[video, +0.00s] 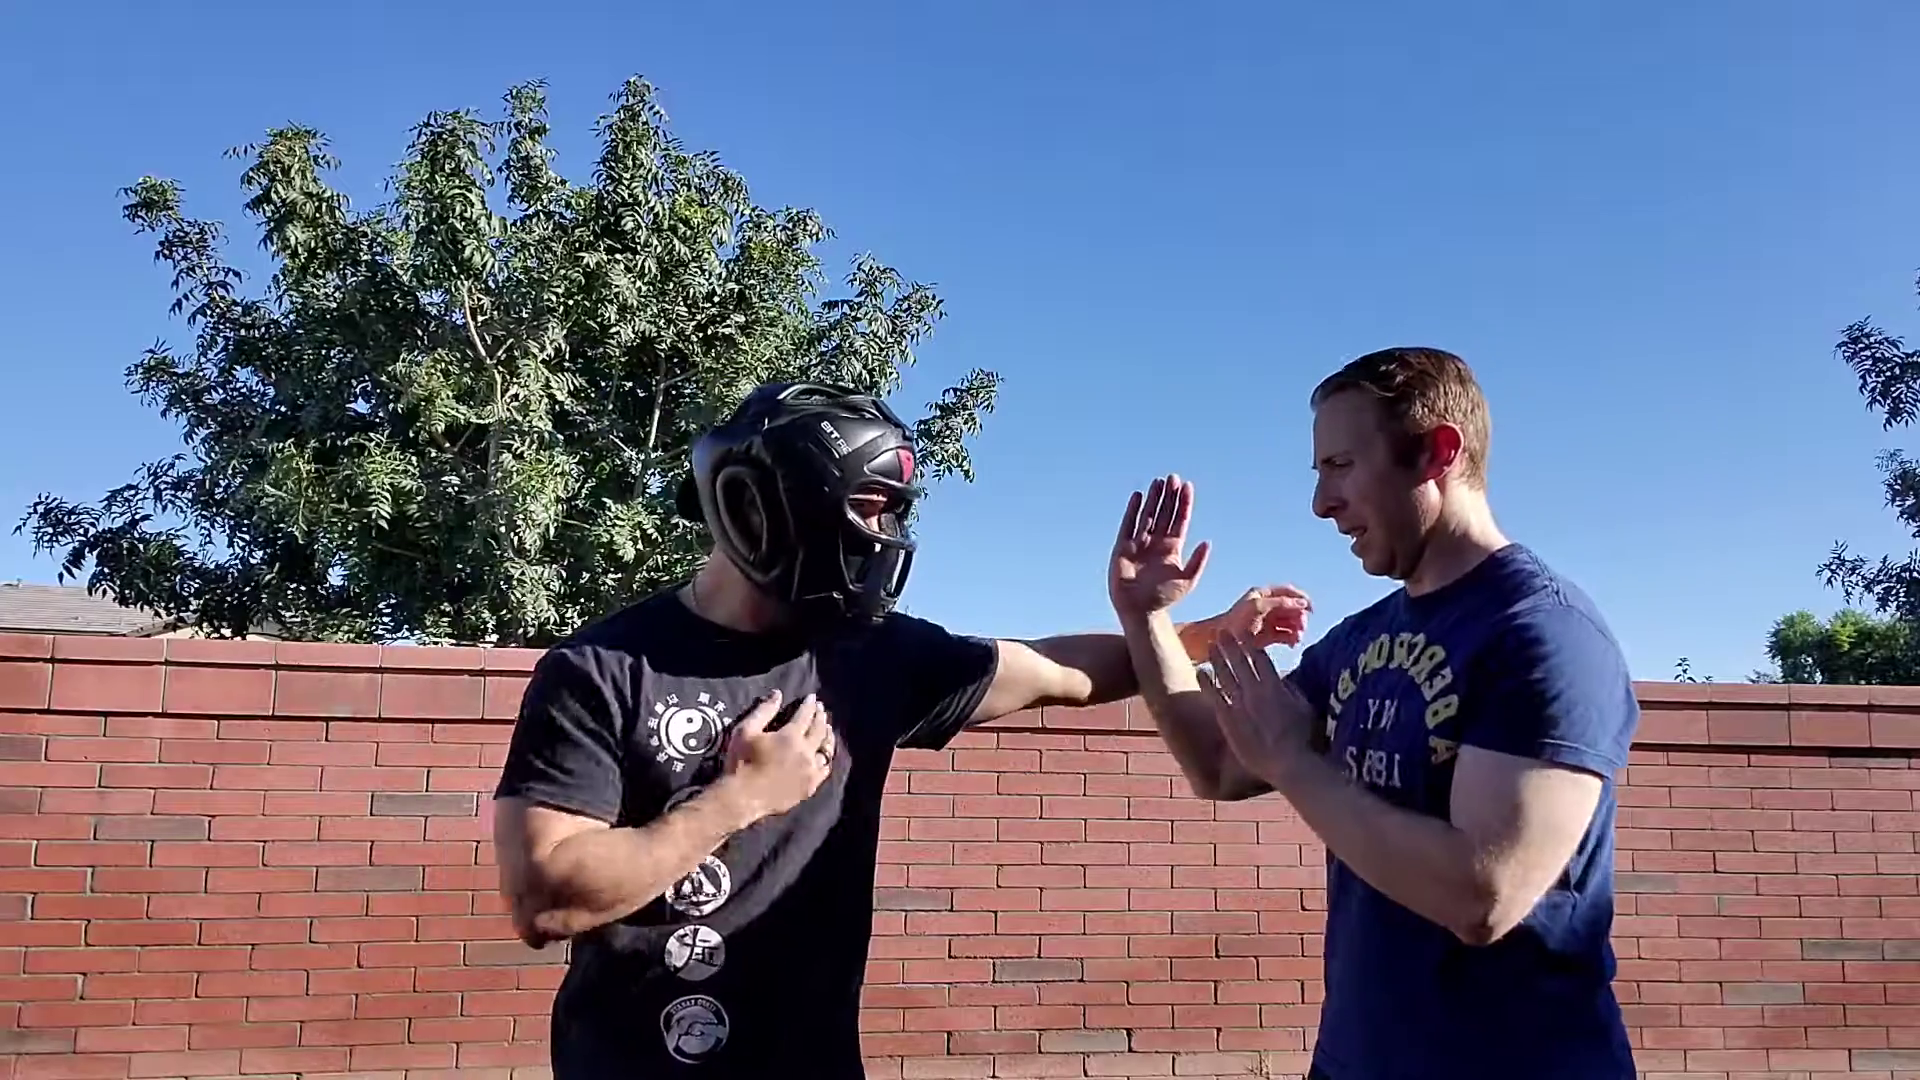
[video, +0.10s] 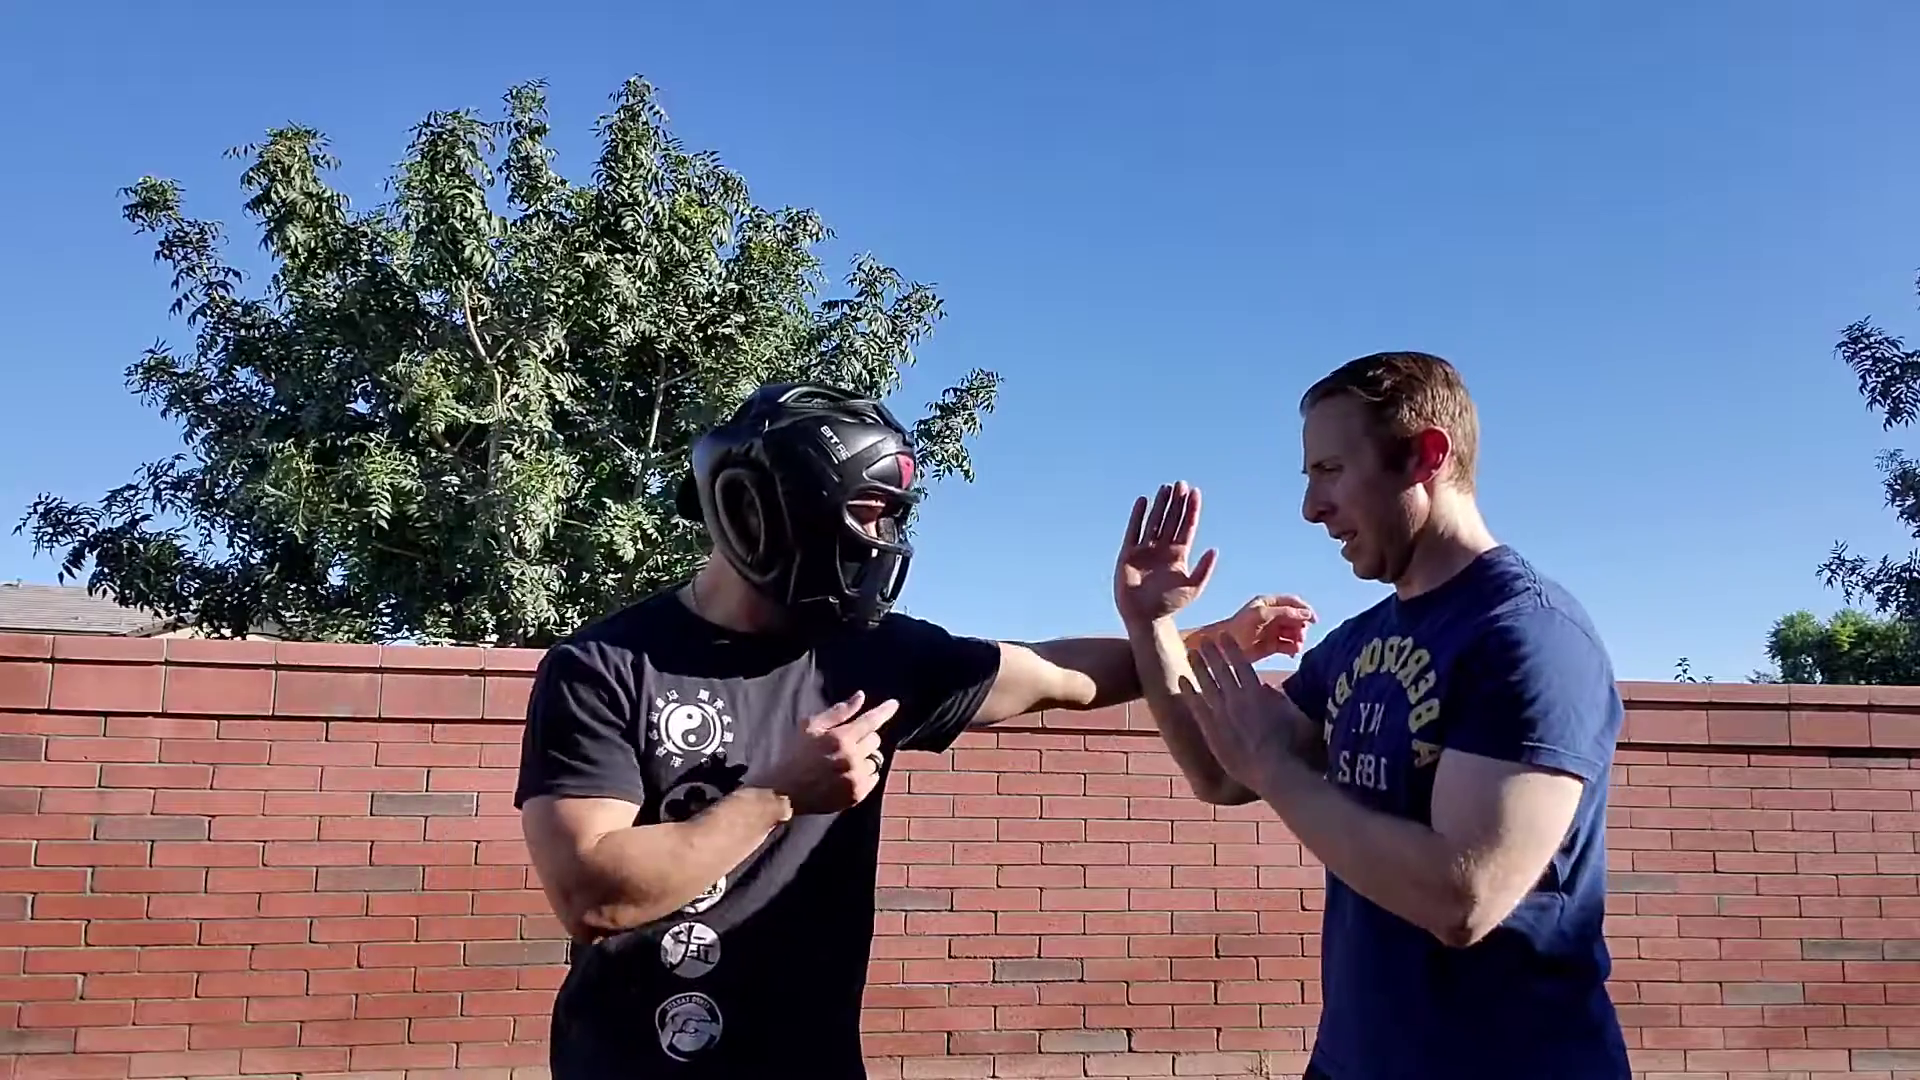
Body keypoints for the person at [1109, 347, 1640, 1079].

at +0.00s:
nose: (1322, 501)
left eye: (1341, 465)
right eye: (1321, 473)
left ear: (1439, 455)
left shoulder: (1550, 634)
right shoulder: (1358, 641)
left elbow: (1482, 895)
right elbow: (1221, 768)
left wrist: (1292, 763)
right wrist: (1145, 619)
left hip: (1519, 1059)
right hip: (1359, 1052)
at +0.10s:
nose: (1311, 506)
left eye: (1331, 470)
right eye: (1311, 478)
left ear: (1427, 459)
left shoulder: (1535, 636)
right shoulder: (1354, 646)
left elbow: (1461, 897)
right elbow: (1219, 775)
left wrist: (1274, 769)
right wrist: (1149, 624)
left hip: (1513, 1059)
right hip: (1357, 1051)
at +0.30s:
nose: (1271, 508)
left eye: (1290, 473)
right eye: (1272, 479)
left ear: (1384, 465)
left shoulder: (1441, 630)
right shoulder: (1387, 629)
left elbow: (1198, 779)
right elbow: (1230, 749)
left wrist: (1018, 654)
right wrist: (1175, 632)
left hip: (1466, 1054)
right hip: (1368, 1049)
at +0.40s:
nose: (1248, 511)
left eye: (1266, 478)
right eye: (1248, 483)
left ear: (1356, 470)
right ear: (1359, 476)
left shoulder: (1376, 623)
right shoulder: (1439, 612)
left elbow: (1107, 726)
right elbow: (1302, 805)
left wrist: (910, 609)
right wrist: (1212, 673)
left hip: (1429, 1057)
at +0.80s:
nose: (1267, 504)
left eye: (1287, 470)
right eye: (1266, 477)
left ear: (1379, 463)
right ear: (1369, 470)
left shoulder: (1424, 606)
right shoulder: (1384, 614)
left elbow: (1158, 731)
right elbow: (1310, 808)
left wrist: (926, 649)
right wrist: (1197, 688)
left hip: (1473, 1053)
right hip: (1386, 1050)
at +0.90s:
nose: (1263, 505)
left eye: (1283, 471)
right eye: (1262, 478)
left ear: (1380, 465)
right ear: (1371, 469)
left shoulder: (1417, 619)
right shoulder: (1391, 613)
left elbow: (1196, 794)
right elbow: (1287, 812)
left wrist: (984, 709)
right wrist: (1173, 720)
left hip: (1476, 1053)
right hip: (1394, 1047)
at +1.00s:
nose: (1267, 502)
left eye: (1288, 467)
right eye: (1269, 473)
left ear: (1382, 462)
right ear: (1381, 469)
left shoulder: (1440, 621)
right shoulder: (1386, 623)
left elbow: (1247, 817)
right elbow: (1260, 796)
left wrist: (1056, 706)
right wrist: (1147, 710)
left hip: (1478, 1056)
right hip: (1395, 1052)